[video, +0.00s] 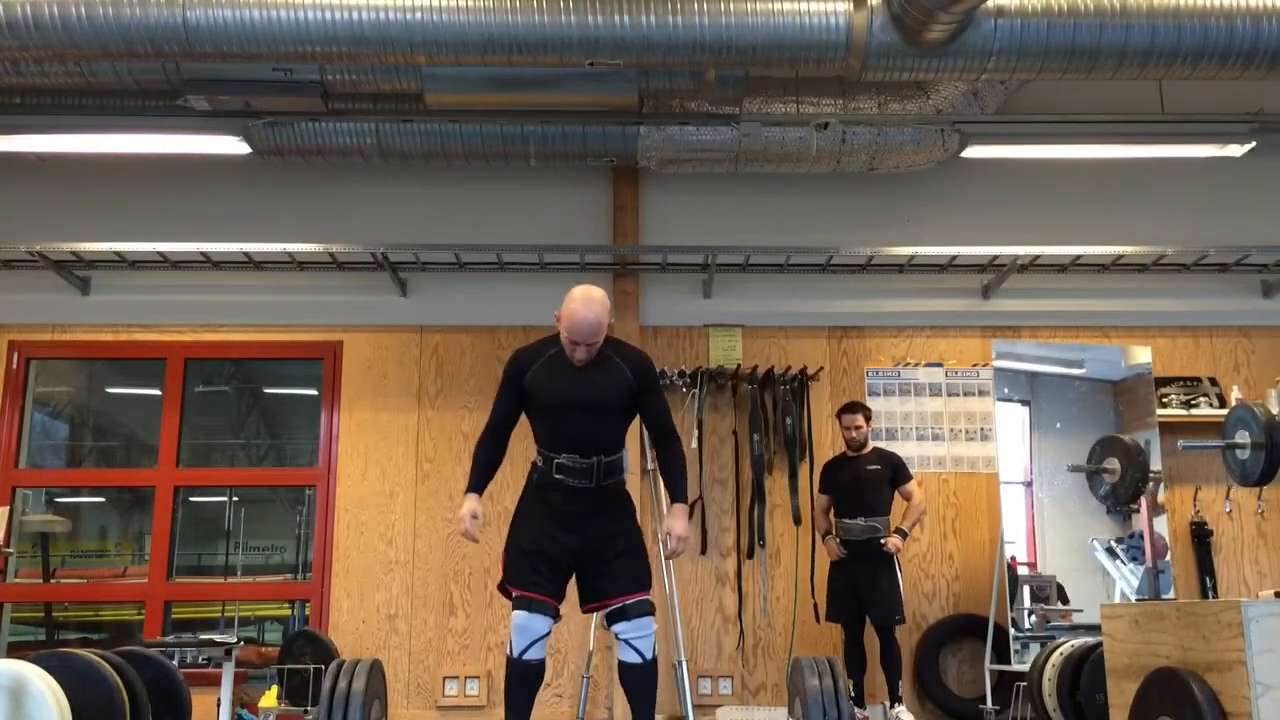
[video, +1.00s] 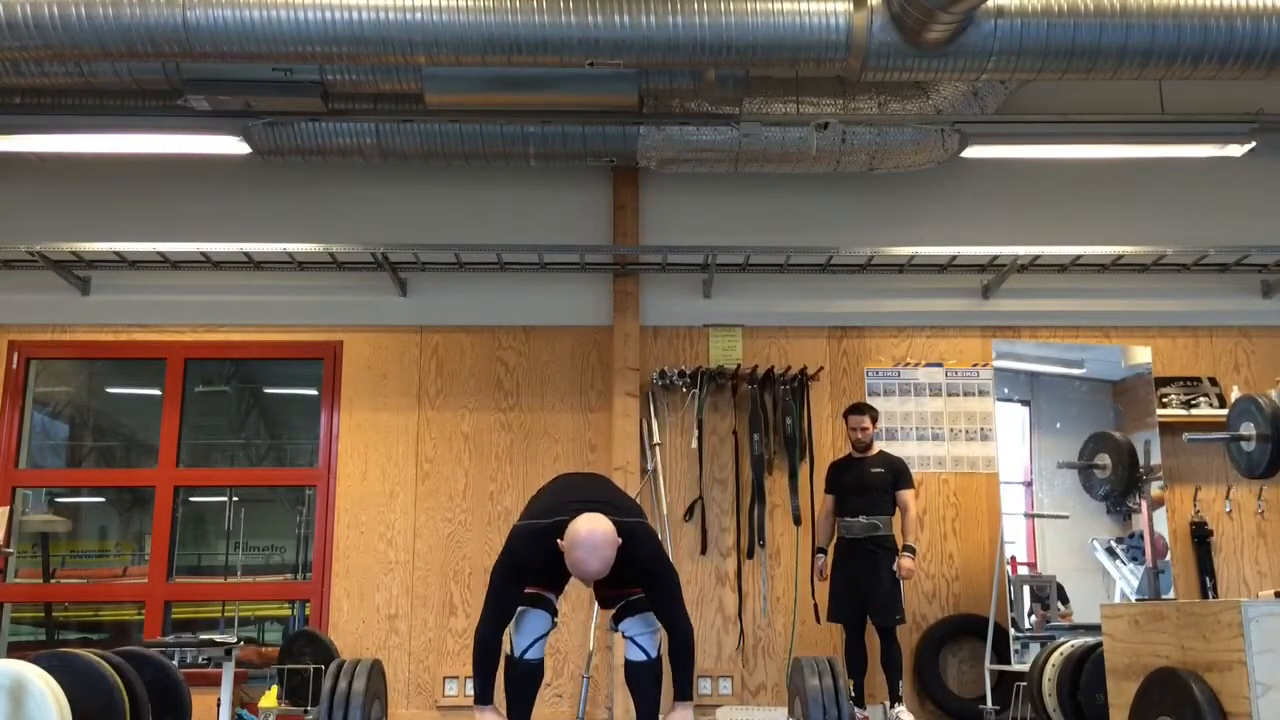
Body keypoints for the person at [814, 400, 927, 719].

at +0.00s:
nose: (852, 434)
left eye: (857, 428)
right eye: (847, 429)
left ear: (869, 426)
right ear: (840, 430)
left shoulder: (890, 461)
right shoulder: (831, 468)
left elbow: (917, 501)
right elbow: (821, 511)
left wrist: (901, 534)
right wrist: (827, 538)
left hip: (880, 557)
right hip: (844, 559)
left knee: (886, 632)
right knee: (852, 633)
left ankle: (896, 704)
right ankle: (858, 706)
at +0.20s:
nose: (853, 434)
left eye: (858, 428)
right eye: (847, 429)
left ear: (869, 426)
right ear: (840, 429)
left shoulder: (889, 462)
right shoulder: (832, 467)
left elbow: (914, 503)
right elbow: (823, 509)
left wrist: (907, 541)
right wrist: (822, 537)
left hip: (880, 556)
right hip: (845, 558)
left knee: (886, 631)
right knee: (852, 633)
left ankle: (896, 704)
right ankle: (858, 707)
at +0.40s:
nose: (855, 436)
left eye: (860, 429)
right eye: (850, 430)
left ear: (871, 428)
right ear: (842, 430)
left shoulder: (890, 464)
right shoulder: (833, 467)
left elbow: (905, 508)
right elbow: (824, 512)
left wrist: (914, 550)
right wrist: (818, 550)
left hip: (880, 555)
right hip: (846, 555)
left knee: (886, 630)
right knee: (853, 632)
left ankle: (896, 704)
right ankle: (857, 706)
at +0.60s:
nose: (857, 435)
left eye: (862, 429)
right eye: (852, 430)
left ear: (873, 428)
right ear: (844, 430)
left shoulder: (892, 465)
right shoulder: (835, 468)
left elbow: (909, 507)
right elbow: (823, 513)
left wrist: (911, 546)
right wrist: (815, 553)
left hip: (881, 555)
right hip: (846, 556)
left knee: (886, 630)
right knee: (852, 632)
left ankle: (896, 703)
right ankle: (858, 706)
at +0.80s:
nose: (858, 435)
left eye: (863, 429)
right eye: (852, 429)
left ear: (874, 428)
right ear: (845, 429)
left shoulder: (893, 465)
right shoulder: (836, 468)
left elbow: (907, 509)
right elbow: (825, 514)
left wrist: (908, 551)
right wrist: (818, 556)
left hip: (881, 556)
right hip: (846, 557)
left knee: (886, 630)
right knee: (852, 632)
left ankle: (896, 703)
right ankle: (858, 705)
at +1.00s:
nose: (858, 435)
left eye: (863, 429)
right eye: (853, 429)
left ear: (875, 428)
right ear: (846, 429)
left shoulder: (893, 465)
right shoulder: (837, 468)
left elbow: (908, 509)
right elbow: (826, 513)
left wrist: (908, 551)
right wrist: (820, 552)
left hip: (882, 558)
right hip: (847, 558)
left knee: (887, 632)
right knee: (853, 633)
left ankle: (896, 704)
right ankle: (858, 705)